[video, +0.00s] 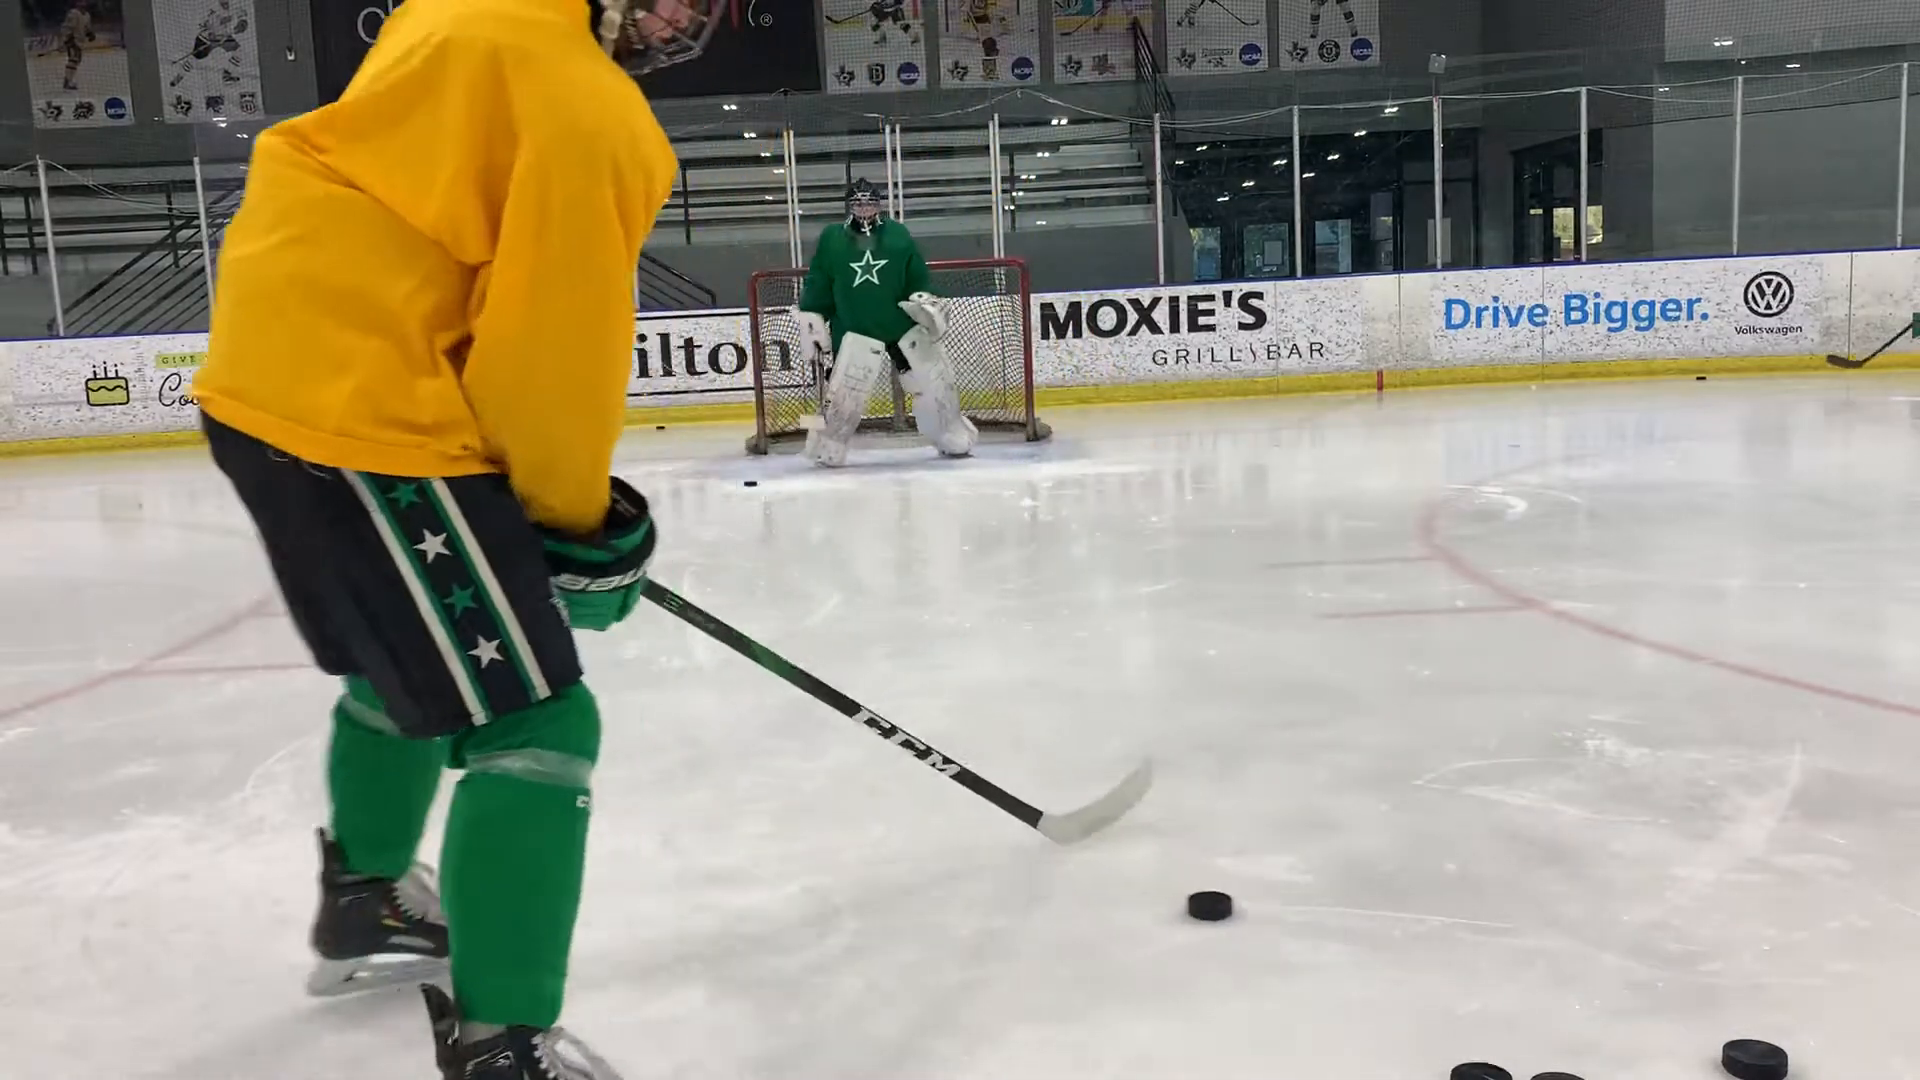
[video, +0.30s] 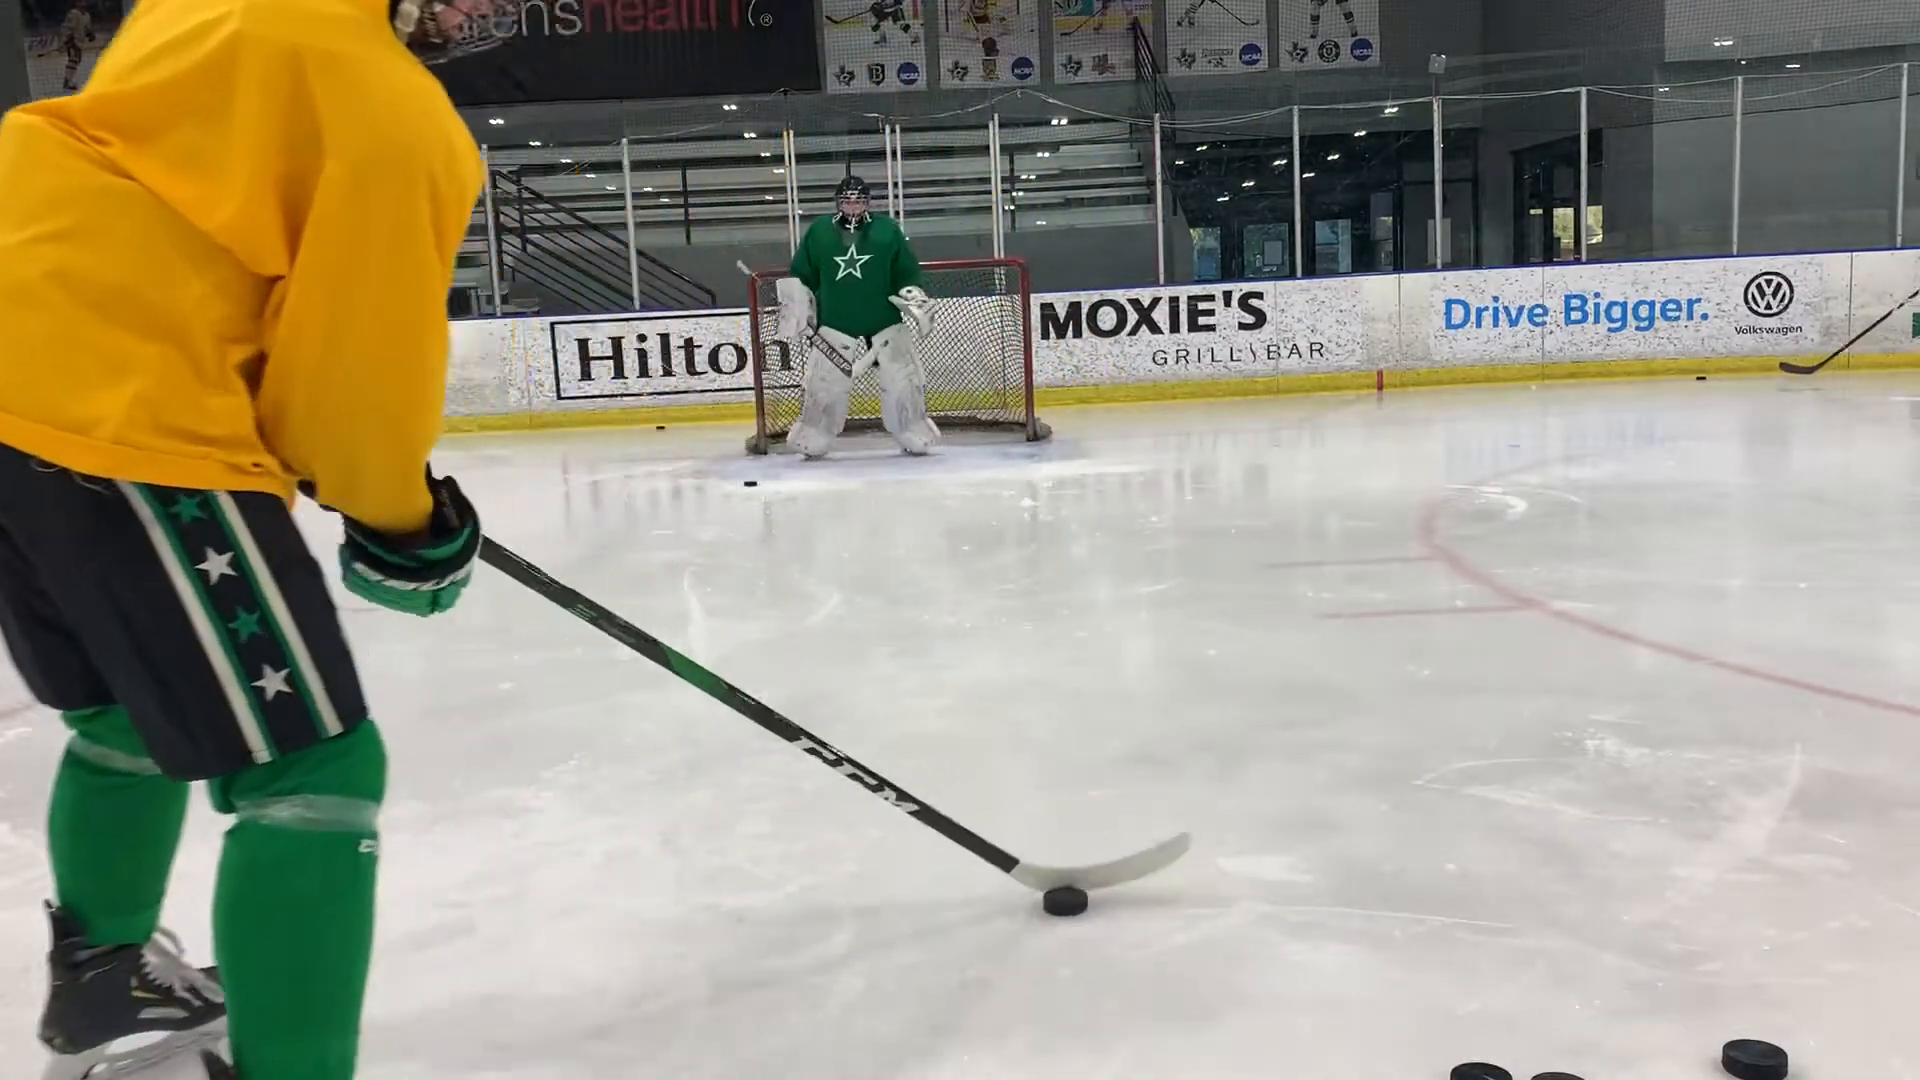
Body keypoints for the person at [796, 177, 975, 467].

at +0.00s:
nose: (864, 209)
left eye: (869, 203)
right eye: (858, 204)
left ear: (879, 205)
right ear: (849, 206)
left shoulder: (898, 235)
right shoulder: (833, 238)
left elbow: (919, 278)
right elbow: (817, 284)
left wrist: (925, 307)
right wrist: (812, 327)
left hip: (902, 325)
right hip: (855, 328)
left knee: (933, 382)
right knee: (845, 391)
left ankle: (953, 441)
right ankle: (830, 451)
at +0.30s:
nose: (853, 205)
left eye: (858, 200)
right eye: (847, 200)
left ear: (867, 202)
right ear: (838, 202)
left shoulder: (887, 231)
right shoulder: (820, 232)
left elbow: (907, 274)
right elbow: (801, 276)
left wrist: (914, 304)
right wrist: (798, 311)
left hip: (885, 323)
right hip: (836, 325)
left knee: (904, 383)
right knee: (823, 386)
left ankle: (916, 440)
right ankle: (813, 444)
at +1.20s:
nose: (856, 203)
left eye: (861, 197)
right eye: (850, 198)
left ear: (869, 200)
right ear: (841, 201)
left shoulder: (887, 229)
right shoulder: (824, 229)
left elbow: (911, 264)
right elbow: (805, 265)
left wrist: (893, 270)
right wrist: (827, 278)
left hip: (884, 316)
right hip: (838, 318)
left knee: (901, 374)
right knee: (825, 377)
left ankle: (907, 433)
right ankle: (819, 436)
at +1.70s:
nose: (870, 205)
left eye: (876, 199)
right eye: (865, 199)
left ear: (885, 202)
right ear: (855, 203)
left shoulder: (901, 230)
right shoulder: (838, 232)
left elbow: (918, 270)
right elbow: (820, 275)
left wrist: (894, 280)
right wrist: (850, 283)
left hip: (900, 320)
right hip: (858, 321)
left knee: (926, 378)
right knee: (842, 386)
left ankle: (948, 440)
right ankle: (817, 449)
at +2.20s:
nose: (884, 204)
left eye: (890, 199)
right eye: (879, 199)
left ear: (900, 201)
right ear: (869, 202)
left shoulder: (918, 230)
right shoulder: (850, 232)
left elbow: (941, 268)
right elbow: (826, 276)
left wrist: (932, 274)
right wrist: (843, 303)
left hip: (915, 322)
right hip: (868, 326)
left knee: (946, 385)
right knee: (846, 393)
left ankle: (976, 448)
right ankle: (820, 458)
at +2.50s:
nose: (894, 234)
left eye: (899, 227)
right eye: (888, 228)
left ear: (908, 228)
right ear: (879, 229)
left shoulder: (927, 254)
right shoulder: (858, 260)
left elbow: (950, 302)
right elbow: (838, 301)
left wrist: (953, 276)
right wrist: (840, 338)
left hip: (924, 341)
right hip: (879, 346)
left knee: (956, 398)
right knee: (865, 408)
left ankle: (994, 455)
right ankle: (825, 461)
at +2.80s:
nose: (906, 266)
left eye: (912, 260)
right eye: (900, 261)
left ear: (921, 262)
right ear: (889, 262)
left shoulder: (939, 285)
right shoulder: (867, 291)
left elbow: (963, 336)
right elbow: (848, 333)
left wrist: (965, 312)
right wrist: (847, 372)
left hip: (938, 367)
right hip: (890, 372)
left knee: (978, 408)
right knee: (867, 421)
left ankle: (1022, 451)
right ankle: (822, 463)